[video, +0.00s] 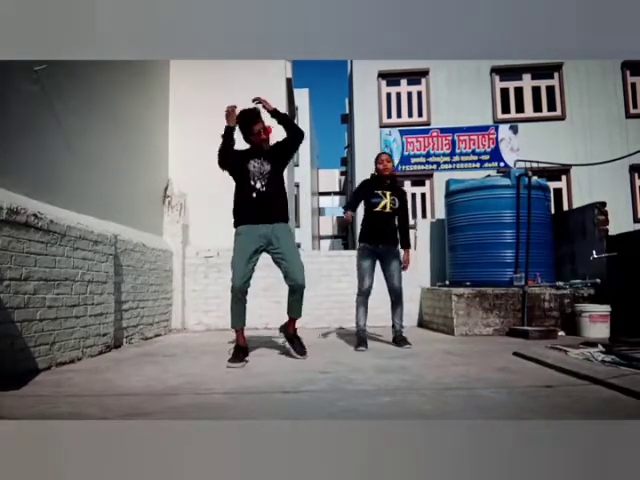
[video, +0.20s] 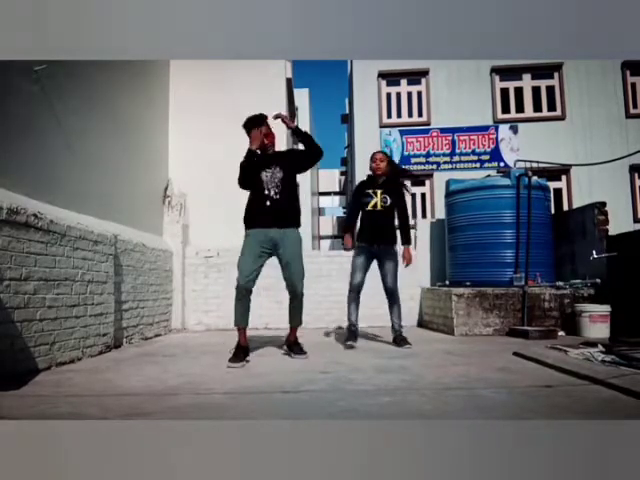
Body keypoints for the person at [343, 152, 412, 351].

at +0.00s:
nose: (384, 165)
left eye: (387, 162)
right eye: (380, 162)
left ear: (393, 165)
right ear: (376, 166)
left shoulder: (399, 191)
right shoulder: (368, 185)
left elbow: (403, 222)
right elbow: (353, 201)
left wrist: (406, 249)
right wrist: (349, 212)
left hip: (390, 245)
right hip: (367, 244)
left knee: (396, 289)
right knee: (364, 289)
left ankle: (398, 333)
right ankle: (361, 335)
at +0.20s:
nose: (377, 164)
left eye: (381, 161)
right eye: (374, 161)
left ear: (388, 164)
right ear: (370, 164)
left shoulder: (395, 187)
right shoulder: (362, 187)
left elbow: (403, 217)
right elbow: (352, 212)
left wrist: (406, 245)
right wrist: (348, 233)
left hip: (387, 244)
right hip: (364, 243)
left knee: (391, 289)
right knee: (355, 286)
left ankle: (398, 332)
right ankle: (352, 329)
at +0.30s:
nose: (368, 165)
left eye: (373, 162)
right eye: (366, 162)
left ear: (381, 166)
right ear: (362, 165)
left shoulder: (387, 188)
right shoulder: (356, 189)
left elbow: (398, 215)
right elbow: (349, 218)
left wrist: (404, 242)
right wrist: (346, 245)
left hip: (383, 245)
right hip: (360, 246)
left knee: (390, 289)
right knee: (353, 291)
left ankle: (398, 333)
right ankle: (349, 334)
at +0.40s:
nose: (361, 166)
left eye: (365, 162)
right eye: (358, 162)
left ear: (372, 166)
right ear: (354, 166)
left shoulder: (380, 187)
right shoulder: (348, 189)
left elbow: (392, 214)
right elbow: (345, 218)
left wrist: (400, 239)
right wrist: (345, 244)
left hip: (380, 245)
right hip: (356, 246)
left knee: (388, 290)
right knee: (352, 292)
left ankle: (397, 333)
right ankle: (350, 335)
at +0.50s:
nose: (358, 165)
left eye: (362, 161)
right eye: (355, 162)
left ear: (368, 164)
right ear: (350, 165)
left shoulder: (376, 184)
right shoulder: (345, 188)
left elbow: (388, 211)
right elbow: (342, 217)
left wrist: (396, 237)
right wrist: (346, 244)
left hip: (378, 244)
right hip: (355, 245)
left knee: (389, 288)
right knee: (353, 292)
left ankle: (397, 332)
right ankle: (350, 335)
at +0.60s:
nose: (359, 164)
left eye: (362, 160)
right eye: (356, 161)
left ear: (369, 163)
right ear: (351, 164)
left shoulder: (378, 186)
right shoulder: (345, 187)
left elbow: (387, 213)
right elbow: (340, 217)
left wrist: (393, 238)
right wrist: (342, 243)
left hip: (376, 243)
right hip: (353, 244)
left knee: (390, 285)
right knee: (353, 291)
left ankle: (395, 330)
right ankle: (350, 335)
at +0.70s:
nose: (362, 167)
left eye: (366, 163)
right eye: (359, 164)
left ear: (372, 166)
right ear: (355, 167)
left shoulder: (380, 188)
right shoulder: (349, 188)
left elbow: (387, 218)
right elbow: (339, 217)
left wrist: (392, 243)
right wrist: (336, 245)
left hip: (377, 246)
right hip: (353, 246)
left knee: (387, 289)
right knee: (352, 291)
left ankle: (394, 333)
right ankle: (349, 335)